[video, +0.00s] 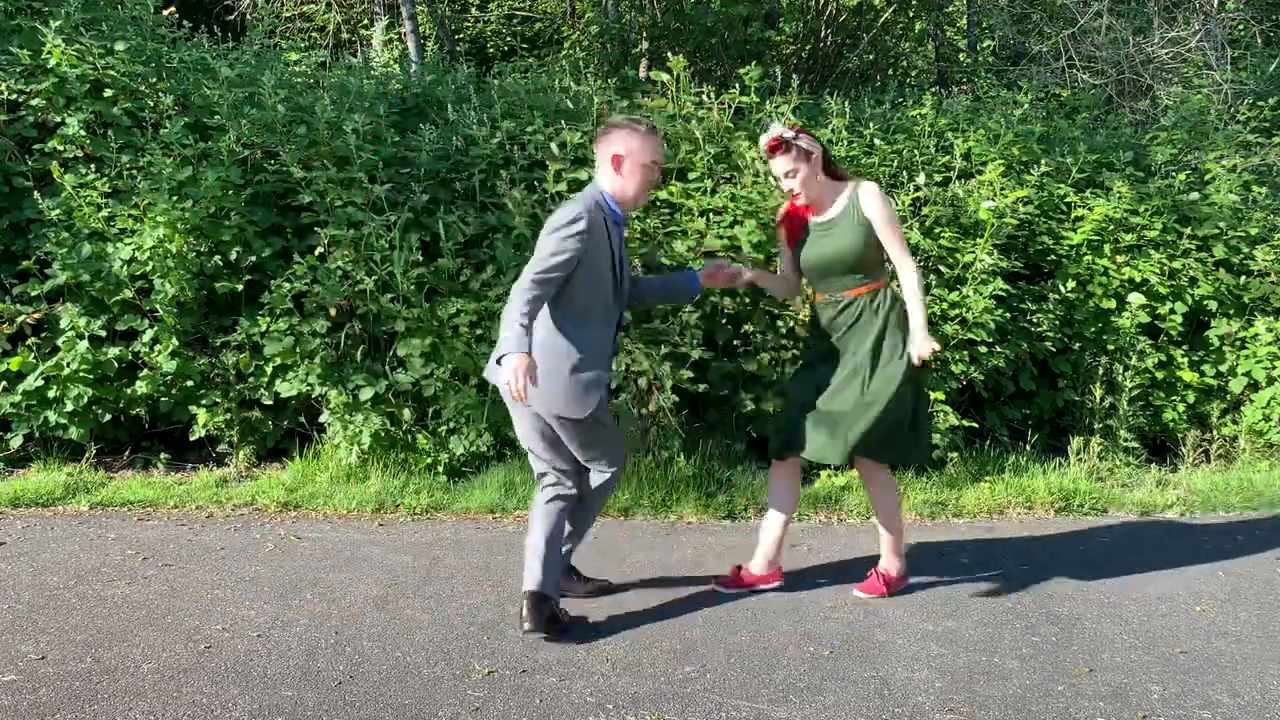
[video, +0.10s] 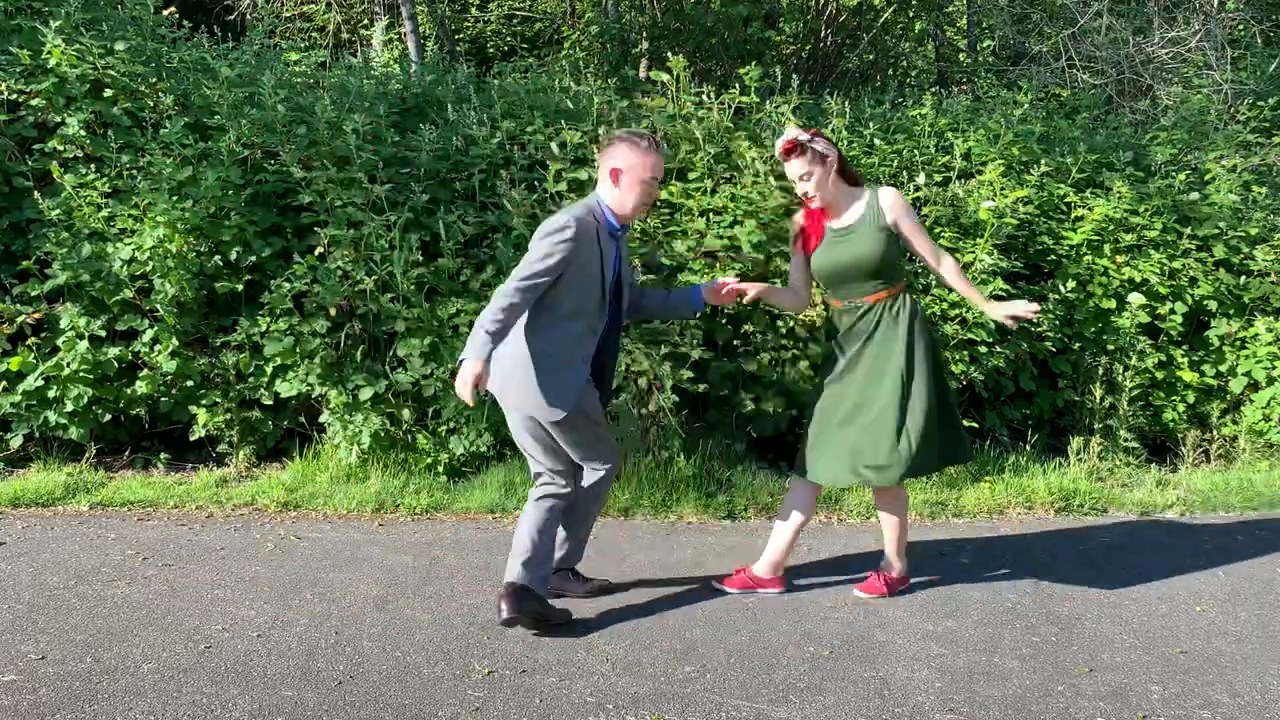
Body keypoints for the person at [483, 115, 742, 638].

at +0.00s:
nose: (657, 180)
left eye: (659, 170)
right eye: (652, 169)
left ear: (621, 166)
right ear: (616, 163)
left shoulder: (604, 223)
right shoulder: (582, 217)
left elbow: (627, 291)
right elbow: (530, 286)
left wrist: (698, 280)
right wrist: (515, 348)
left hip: (523, 378)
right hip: (562, 379)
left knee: (557, 480)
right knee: (604, 463)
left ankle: (538, 599)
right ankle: (557, 562)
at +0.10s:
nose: (657, 193)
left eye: (660, 182)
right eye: (651, 181)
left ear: (623, 180)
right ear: (615, 177)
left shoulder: (611, 237)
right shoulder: (572, 226)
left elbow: (630, 303)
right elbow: (516, 291)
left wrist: (701, 296)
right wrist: (477, 353)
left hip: (517, 375)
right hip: (543, 376)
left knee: (554, 478)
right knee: (600, 462)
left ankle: (521, 588)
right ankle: (559, 571)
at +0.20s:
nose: (653, 203)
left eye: (656, 193)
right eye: (647, 192)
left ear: (624, 188)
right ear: (612, 185)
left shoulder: (616, 244)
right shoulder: (565, 232)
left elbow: (633, 304)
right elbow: (506, 295)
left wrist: (700, 302)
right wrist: (456, 357)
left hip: (522, 376)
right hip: (540, 375)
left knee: (548, 478)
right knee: (597, 460)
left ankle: (498, 583)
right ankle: (556, 572)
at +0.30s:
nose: (651, 207)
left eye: (654, 198)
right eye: (645, 196)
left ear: (621, 192)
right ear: (609, 188)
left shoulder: (617, 248)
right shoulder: (558, 234)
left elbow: (639, 304)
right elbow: (501, 298)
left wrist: (706, 308)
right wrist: (451, 359)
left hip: (524, 376)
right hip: (536, 371)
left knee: (546, 479)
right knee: (595, 457)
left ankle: (473, 566)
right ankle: (557, 571)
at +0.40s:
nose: (644, 210)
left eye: (648, 200)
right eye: (637, 198)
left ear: (618, 194)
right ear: (602, 189)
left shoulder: (618, 250)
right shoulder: (550, 236)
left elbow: (645, 304)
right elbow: (496, 301)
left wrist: (718, 311)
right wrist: (454, 363)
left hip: (526, 377)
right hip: (528, 374)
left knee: (535, 484)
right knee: (595, 453)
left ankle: (442, 545)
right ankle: (558, 570)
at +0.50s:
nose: (636, 204)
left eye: (639, 195)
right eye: (628, 193)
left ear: (630, 194)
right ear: (594, 186)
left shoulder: (617, 248)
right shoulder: (541, 234)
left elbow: (653, 299)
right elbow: (492, 300)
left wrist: (721, 305)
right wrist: (461, 364)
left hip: (533, 375)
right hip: (519, 372)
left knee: (520, 481)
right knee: (590, 454)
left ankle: (408, 518)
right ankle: (555, 570)